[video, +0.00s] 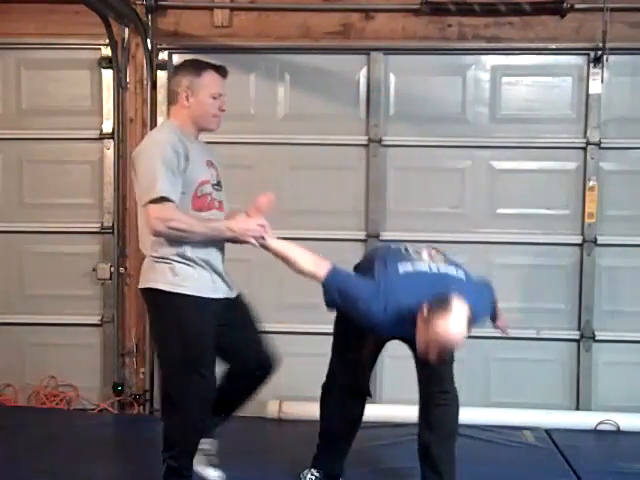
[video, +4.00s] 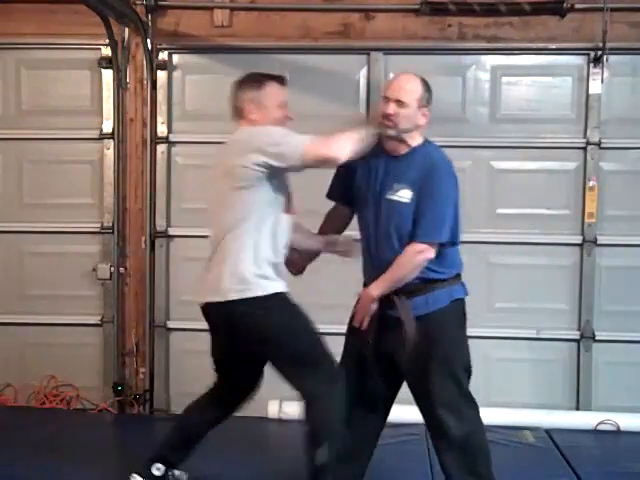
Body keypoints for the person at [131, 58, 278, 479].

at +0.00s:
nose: (223, 106)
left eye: (223, 98)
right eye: (215, 97)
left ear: (189, 98)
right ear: (184, 96)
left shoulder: (199, 150)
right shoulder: (161, 144)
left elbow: (203, 217)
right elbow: (162, 220)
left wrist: (241, 219)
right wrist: (229, 228)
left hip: (210, 283)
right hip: (174, 285)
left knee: (255, 362)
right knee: (191, 385)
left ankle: (199, 435)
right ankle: (178, 469)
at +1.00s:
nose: (311, 119)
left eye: (312, 109)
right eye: (304, 108)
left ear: (279, 108)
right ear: (273, 105)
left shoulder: (298, 164)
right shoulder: (231, 154)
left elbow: (311, 235)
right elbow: (196, 231)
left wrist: (301, 214)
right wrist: (270, 230)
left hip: (303, 311)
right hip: (249, 311)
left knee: (336, 399)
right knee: (235, 412)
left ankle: (334, 475)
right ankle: (186, 476)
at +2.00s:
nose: (227, 104)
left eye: (226, 95)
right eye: (221, 95)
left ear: (193, 98)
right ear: (193, 96)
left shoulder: (192, 147)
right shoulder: (173, 147)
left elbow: (200, 216)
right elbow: (167, 228)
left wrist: (242, 217)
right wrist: (220, 278)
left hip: (183, 281)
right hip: (172, 282)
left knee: (171, 375)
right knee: (193, 380)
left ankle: (141, 463)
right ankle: (181, 472)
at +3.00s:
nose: (176, 96)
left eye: (174, 88)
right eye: (167, 89)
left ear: (149, 96)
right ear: (140, 96)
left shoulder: (158, 146)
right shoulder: (120, 147)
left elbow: (161, 221)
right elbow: (111, 229)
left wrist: (178, 278)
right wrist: (134, 295)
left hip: (160, 287)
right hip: (131, 288)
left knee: (157, 376)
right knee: (130, 380)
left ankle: (121, 462)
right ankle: (116, 468)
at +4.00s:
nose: (287, 117)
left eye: (286, 108)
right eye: (280, 107)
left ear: (248, 109)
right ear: (250, 107)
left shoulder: (234, 150)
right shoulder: (258, 140)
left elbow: (271, 224)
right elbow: (334, 151)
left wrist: (329, 244)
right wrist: (372, 132)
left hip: (223, 296)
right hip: (256, 292)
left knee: (235, 385)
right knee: (323, 380)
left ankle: (160, 465)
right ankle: (326, 472)